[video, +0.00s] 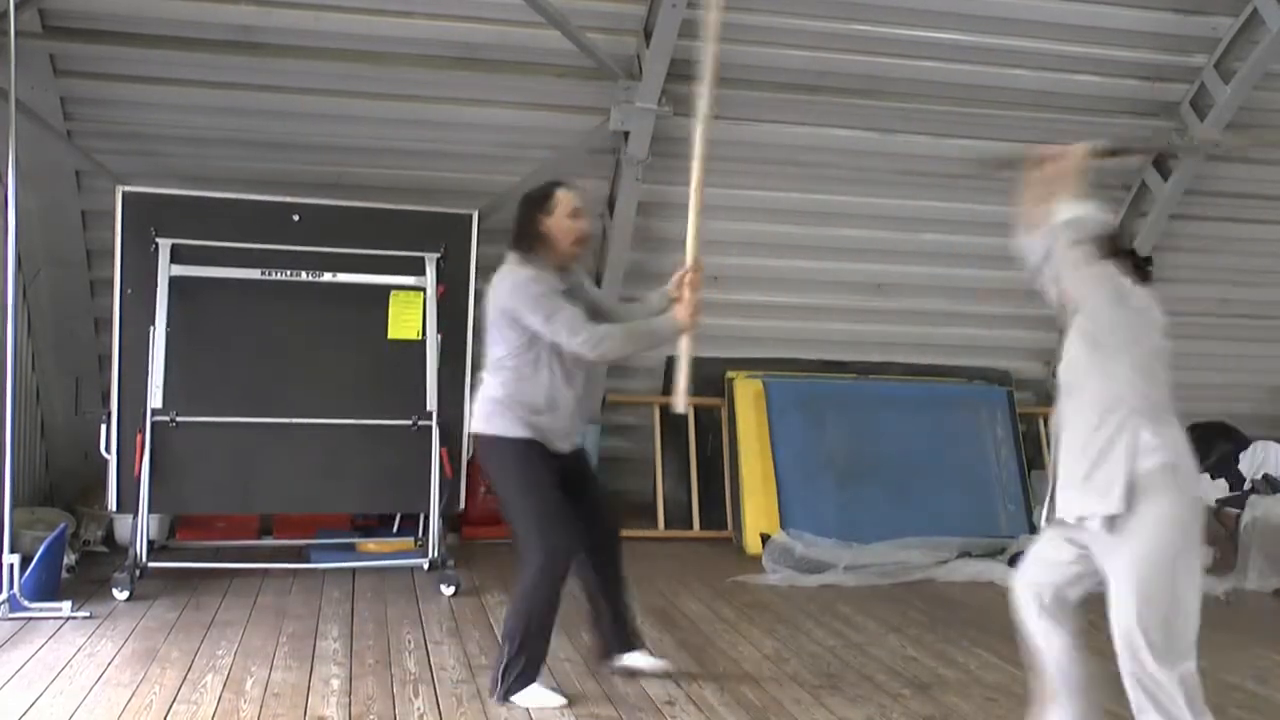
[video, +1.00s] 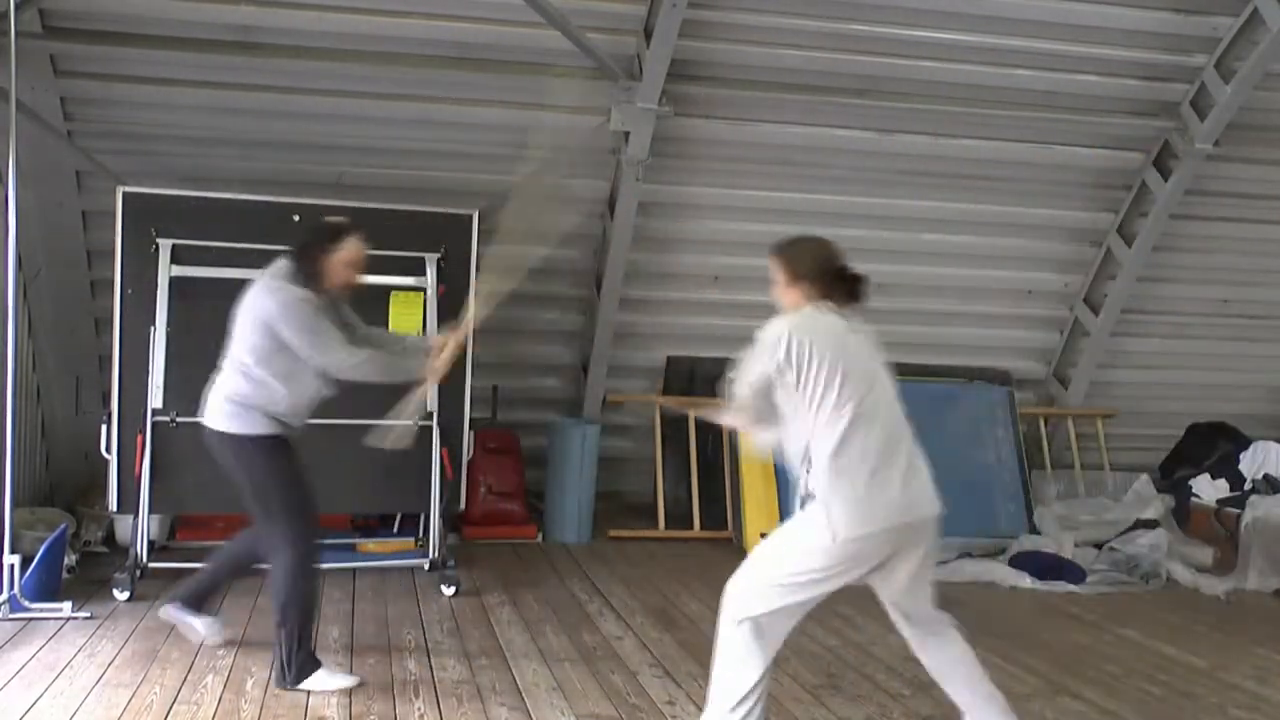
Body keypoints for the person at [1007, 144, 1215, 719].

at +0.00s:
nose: (1065, 281)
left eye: (1079, 265)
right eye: (1066, 271)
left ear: (1108, 264)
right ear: (1092, 270)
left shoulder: (1128, 308)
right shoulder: (1093, 318)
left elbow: (1080, 251)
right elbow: (1043, 255)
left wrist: (1069, 183)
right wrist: (1038, 189)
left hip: (1151, 502)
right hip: (1094, 505)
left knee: (1151, 655)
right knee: (1035, 585)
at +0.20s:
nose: (1036, 249)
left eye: (1044, 241)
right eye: (1038, 240)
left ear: (1074, 248)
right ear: (1077, 249)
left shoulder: (1072, 295)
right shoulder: (1070, 297)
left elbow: (972, 337)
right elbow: (980, 334)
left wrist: (919, 306)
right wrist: (924, 309)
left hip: (1069, 482)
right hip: (1045, 479)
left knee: (1027, 607)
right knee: (995, 593)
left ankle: (1117, 713)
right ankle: (1007, 711)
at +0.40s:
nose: (984, 241)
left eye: (992, 231)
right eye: (987, 230)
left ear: (1016, 238)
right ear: (1037, 241)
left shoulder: (978, 296)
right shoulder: (1063, 301)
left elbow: (919, 386)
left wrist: (883, 367)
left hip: (990, 491)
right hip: (1055, 490)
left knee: (940, 619)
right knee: (1008, 616)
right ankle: (1020, 713)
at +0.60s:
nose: (941, 240)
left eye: (946, 230)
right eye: (942, 229)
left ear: (970, 235)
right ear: (998, 235)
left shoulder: (944, 282)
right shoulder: (1026, 290)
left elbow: (878, 288)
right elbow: (961, 293)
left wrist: (901, 238)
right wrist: (923, 253)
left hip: (946, 467)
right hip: (1008, 469)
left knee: (868, 580)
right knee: (986, 606)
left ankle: (889, 710)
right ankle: (1005, 712)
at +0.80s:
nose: (862, 278)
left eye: (867, 268)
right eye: (863, 267)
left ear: (886, 271)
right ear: (921, 269)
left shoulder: (858, 319)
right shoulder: (956, 320)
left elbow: (872, 377)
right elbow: (952, 375)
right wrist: (929, 292)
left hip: (903, 498)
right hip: (974, 494)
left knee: (810, 601)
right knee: (974, 609)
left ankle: (756, 709)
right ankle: (1007, 711)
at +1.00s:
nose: (773, 293)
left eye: (776, 282)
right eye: (773, 282)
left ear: (795, 284)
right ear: (829, 281)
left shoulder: (786, 332)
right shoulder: (859, 333)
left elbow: (744, 399)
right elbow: (810, 426)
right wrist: (743, 426)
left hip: (850, 515)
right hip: (915, 508)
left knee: (744, 602)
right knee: (923, 619)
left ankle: (729, 712)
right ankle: (993, 712)